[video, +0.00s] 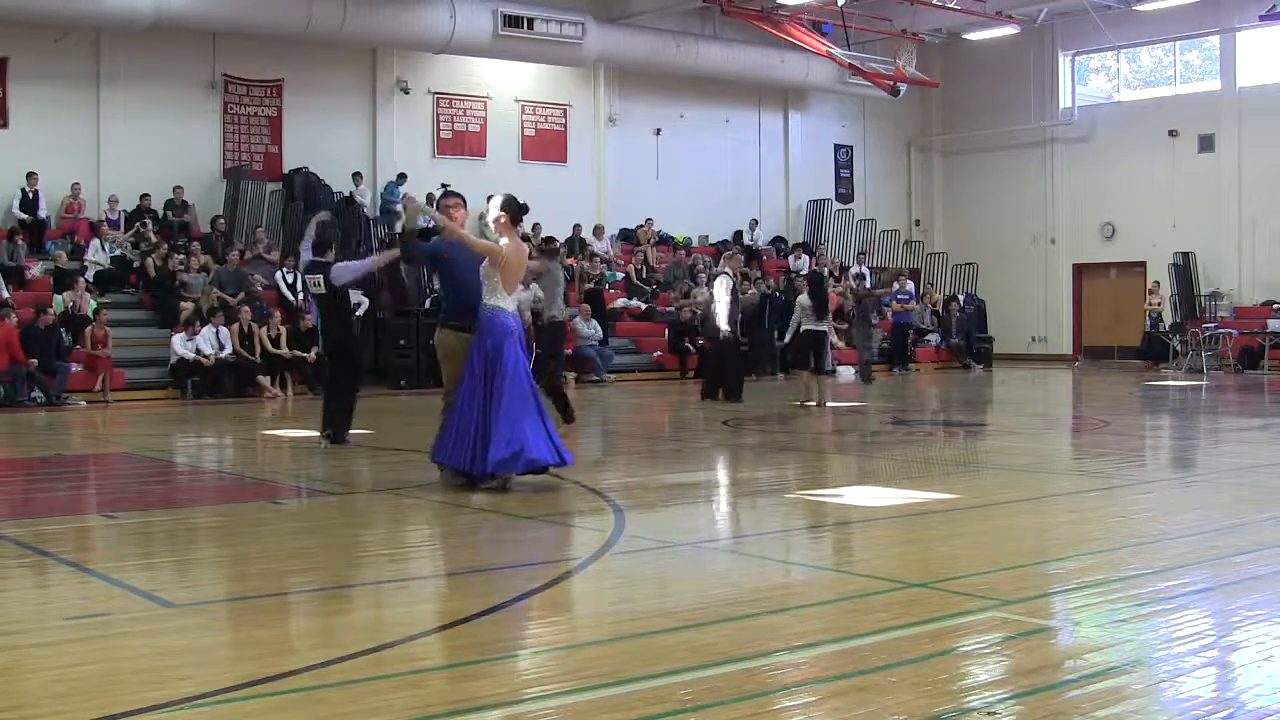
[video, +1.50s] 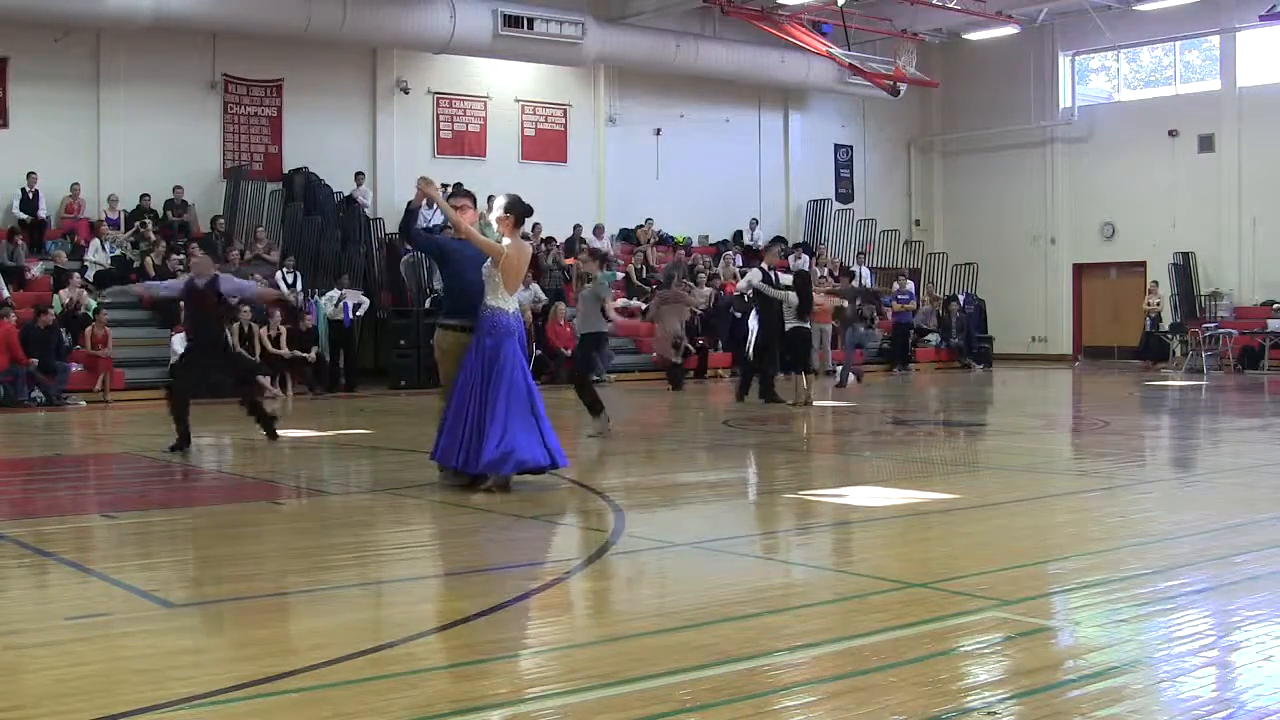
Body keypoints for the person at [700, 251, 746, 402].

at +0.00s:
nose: (740, 265)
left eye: (740, 262)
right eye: (738, 261)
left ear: (731, 262)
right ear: (728, 261)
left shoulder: (730, 279)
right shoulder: (724, 279)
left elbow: (727, 304)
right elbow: (722, 304)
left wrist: (731, 327)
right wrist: (724, 327)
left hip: (728, 329)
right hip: (725, 329)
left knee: (716, 362)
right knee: (731, 363)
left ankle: (709, 393)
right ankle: (732, 394)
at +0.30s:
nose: (748, 266)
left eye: (749, 263)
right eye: (746, 263)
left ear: (741, 264)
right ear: (737, 263)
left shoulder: (736, 280)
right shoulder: (729, 280)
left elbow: (741, 304)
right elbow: (740, 301)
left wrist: (747, 322)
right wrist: (757, 317)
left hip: (735, 322)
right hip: (728, 322)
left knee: (737, 357)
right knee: (734, 357)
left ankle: (733, 392)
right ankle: (732, 393)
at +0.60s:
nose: (758, 268)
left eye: (758, 264)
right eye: (755, 264)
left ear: (755, 266)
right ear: (746, 263)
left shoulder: (753, 283)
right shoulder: (733, 281)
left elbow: (753, 303)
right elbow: (739, 304)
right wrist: (760, 303)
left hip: (752, 322)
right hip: (738, 323)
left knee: (760, 358)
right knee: (737, 360)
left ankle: (771, 392)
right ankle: (731, 396)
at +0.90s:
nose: (765, 263)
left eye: (766, 260)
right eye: (763, 260)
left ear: (763, 261)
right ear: (754, 260)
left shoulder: (761, 278)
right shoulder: (743, 275)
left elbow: (762, 298)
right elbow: (740, 298)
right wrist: (761, 305)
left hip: (760, 317)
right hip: (748, 317)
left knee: (762, 354)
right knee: (745, 354)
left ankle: (765, 391)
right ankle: (736, 391)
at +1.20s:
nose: (773, 260)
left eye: (774, 257)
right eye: (770, 257)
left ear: (774, 259)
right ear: (761, 257)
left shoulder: (771, 277)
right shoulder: (753, 273)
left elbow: (781, 295)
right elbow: (737, 286)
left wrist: (790, 306)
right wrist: (753, 295)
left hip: (770, 321)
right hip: (756, 320)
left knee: (768, 355)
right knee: (754, 355)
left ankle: (767, 391)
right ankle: (740, 388)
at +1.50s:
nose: (779, 258)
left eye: (779, 254)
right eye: (776, 254)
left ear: (772, 257)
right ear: (766, 254)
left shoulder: (775, 275)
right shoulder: (756, 273)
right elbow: (739, 287)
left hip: (774, 318)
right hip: (759, 317)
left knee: (770, 354)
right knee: (753, 354)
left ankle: (767, 389)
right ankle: (742, 389)